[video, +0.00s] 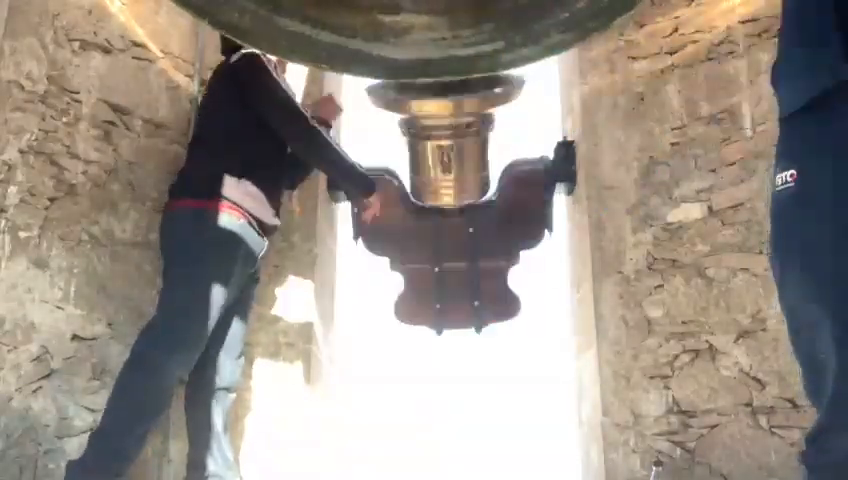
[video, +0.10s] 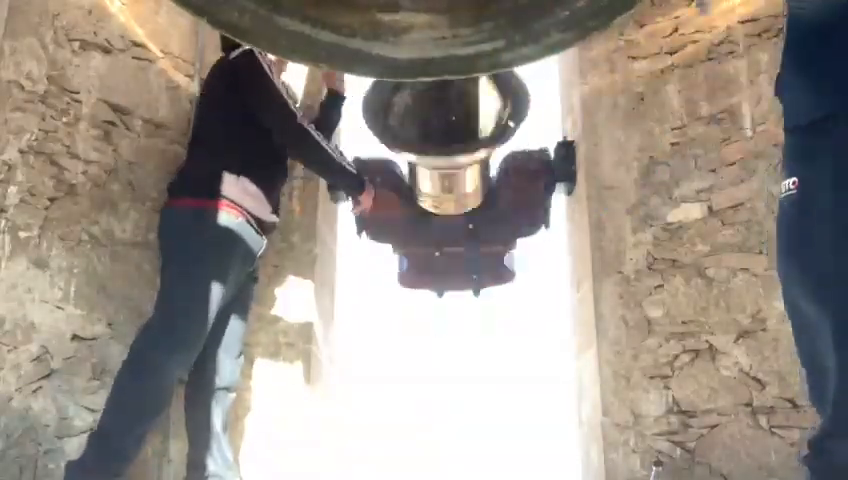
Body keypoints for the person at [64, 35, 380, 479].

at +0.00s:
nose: (285, 62)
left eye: (288, 56)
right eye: (280, 51)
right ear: (260, 45)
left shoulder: (271, 102)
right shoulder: (247, 66)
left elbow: (283, 179)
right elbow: (298, 129)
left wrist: (317, 129)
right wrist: (362, 185)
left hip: (247, 240)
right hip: (214, 221)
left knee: (219, 381)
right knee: (173, 351)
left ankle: (215, 473)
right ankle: (95, 470)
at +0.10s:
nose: (288, 56)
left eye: (291, 51)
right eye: (283, 45)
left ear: (289, 56)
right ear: (261, 35)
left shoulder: (269, 92)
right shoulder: (244, 62)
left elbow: (308, 149)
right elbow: (291, 132)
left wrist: (335, 96)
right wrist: (355, 183)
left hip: (245, 239)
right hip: (211, 222)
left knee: (219, 381)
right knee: (171, 352)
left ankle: (215, 472)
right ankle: (94, 470)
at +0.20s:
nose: (291, 57)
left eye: (295, 49)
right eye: (286, 43)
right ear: (263, 36)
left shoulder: (269, 91)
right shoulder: (244, 63)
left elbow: (314, 134)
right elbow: (285, 133)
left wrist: (362, 96)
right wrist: (354, 179)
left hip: (244, 240)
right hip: (209, 222)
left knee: (219, 379)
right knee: (168, 352)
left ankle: (214, 472)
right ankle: (94, 470)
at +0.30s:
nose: (297, 63)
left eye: (300, 55)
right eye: (294, 50)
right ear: (272, 42)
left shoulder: (269, 94)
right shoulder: (249, 65)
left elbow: (312, 147)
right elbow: (289, 135)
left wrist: (371, 127)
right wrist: (359, 169)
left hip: (245, 241)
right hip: (211, 223)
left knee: (219, 380)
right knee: (166, 355)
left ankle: (214, 473)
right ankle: (94, 470)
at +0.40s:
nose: (300, 67)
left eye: (304, 60)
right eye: (296, 55)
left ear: (299, 68)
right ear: (277, 49)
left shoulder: (273, 108)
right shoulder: (254, 67)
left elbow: (302, 168)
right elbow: (299, 138)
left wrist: (369, 168)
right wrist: (372, 150)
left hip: (243, 244)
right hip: (208, 223)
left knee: (220, 379)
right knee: (176, 349)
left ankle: (214, 473)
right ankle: (94, 470)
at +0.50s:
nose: (299, 67)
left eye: (301, 63)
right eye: (296, 57)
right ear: (278, 51)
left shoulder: (269, 121)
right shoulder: (251, 67)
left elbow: (311, 180)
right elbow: (319, 117)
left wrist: (375, 212)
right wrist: (375, 109)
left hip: (235, 244)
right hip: (203, 222)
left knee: (216, 378)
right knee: (170, 351)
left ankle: (213, 473)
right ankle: (93, 471)